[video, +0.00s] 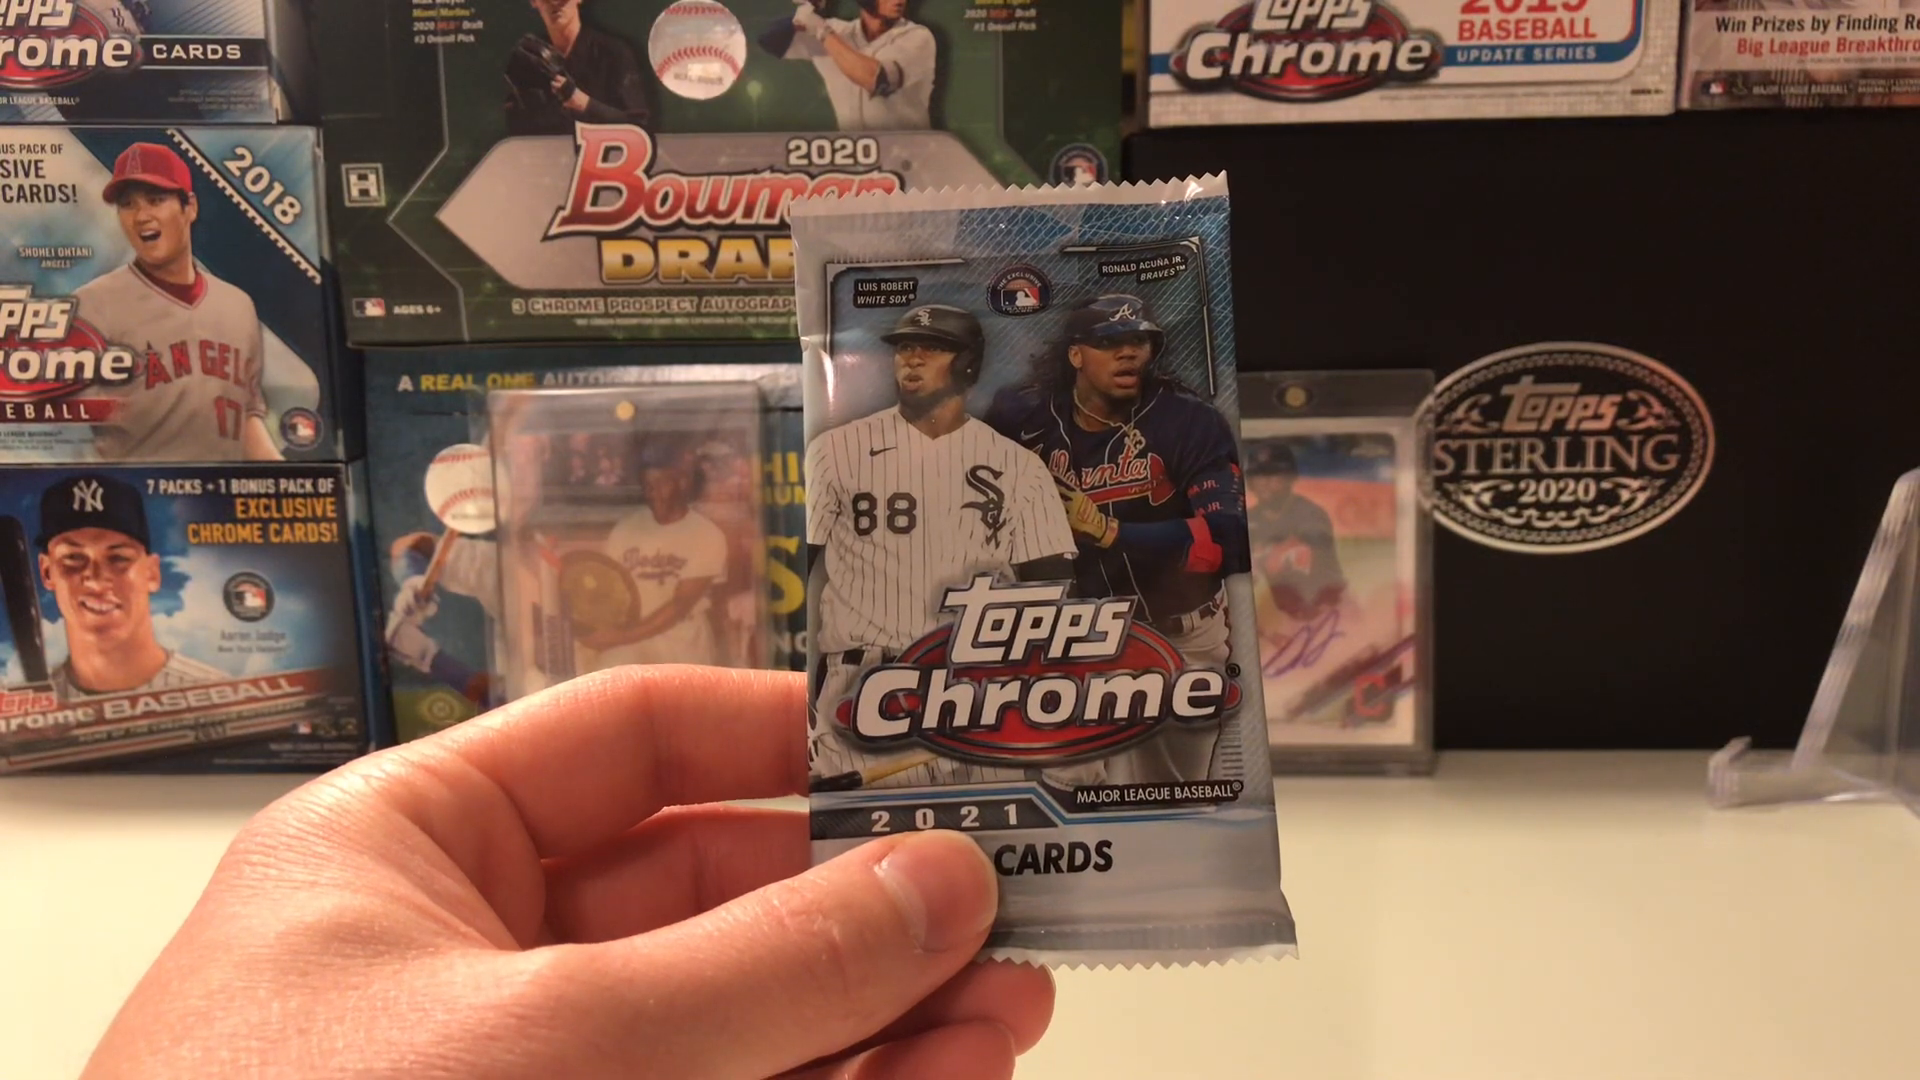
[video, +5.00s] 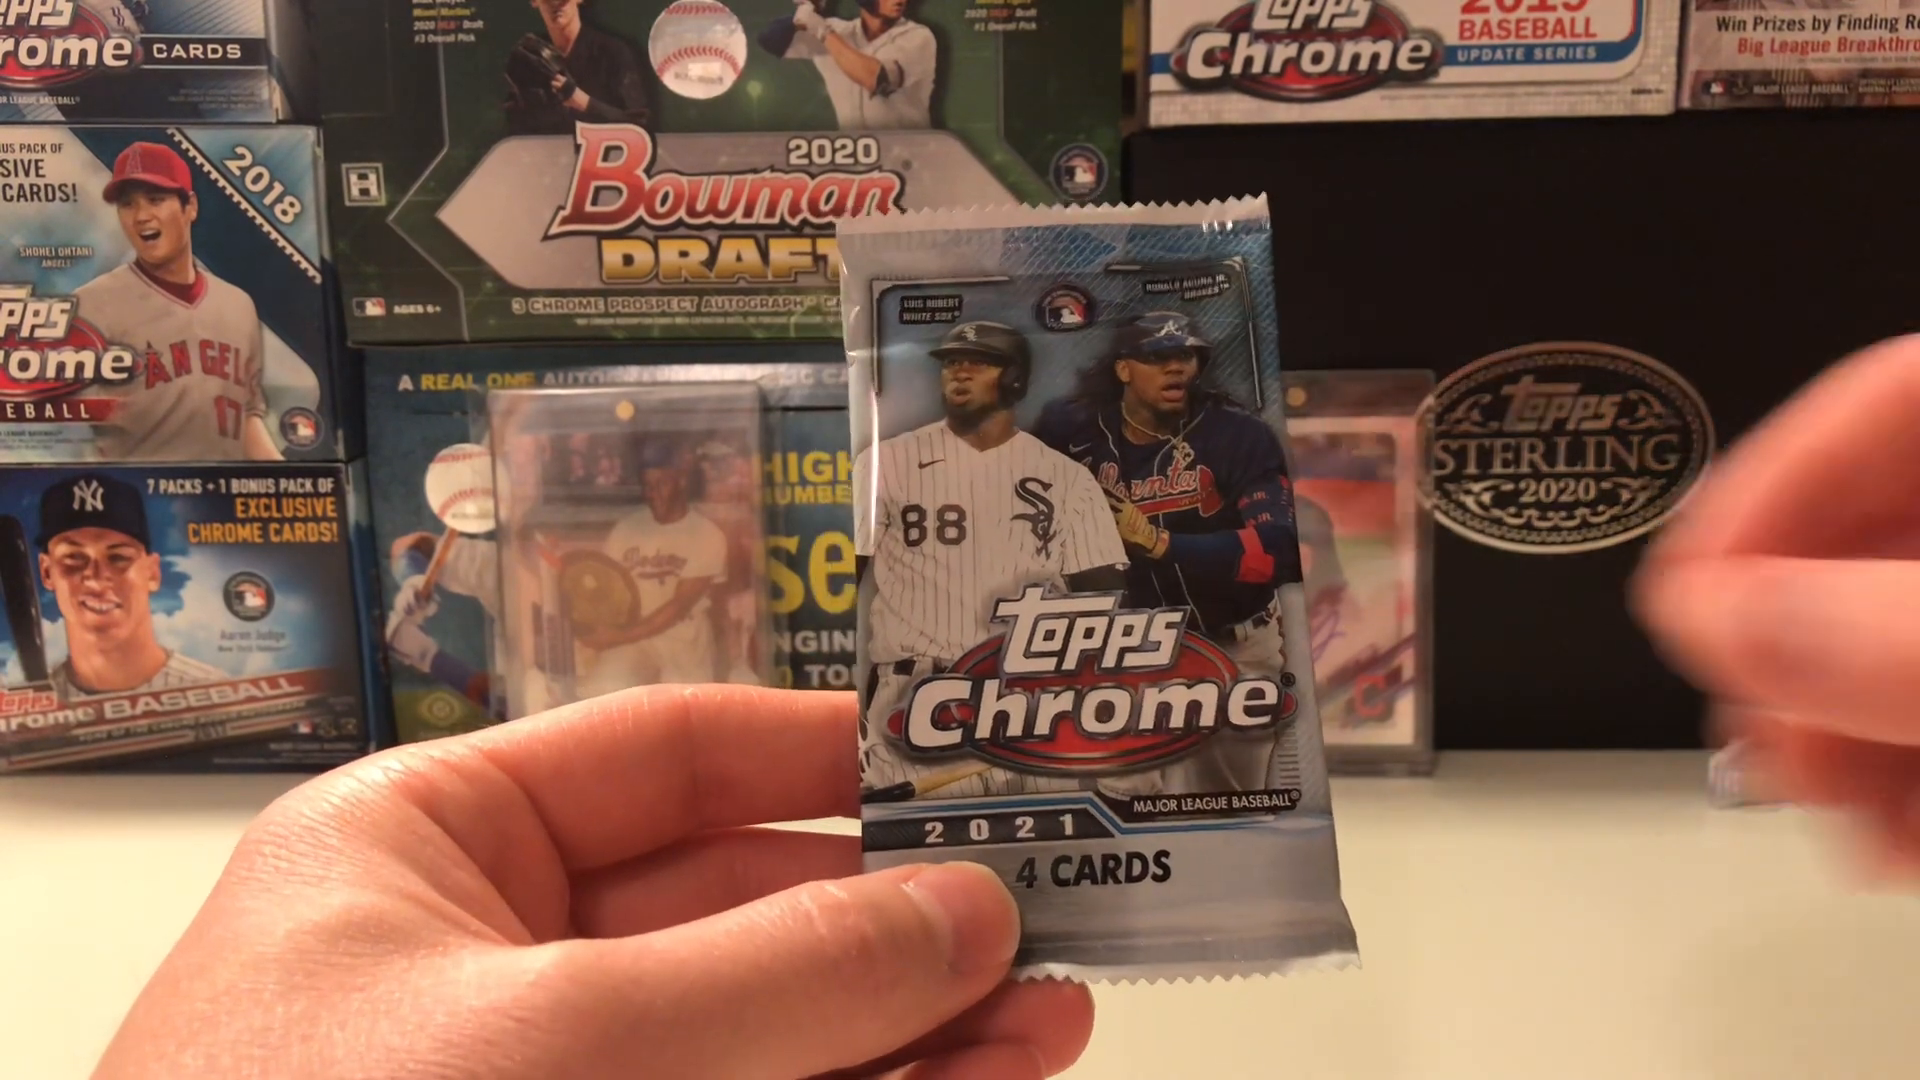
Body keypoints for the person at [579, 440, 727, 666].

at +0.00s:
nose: (653, 493)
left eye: (661, 483)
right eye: (647, 485)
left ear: (683, 483)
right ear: (642, 487)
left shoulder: (707, 536)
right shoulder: (625, 530)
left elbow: (680, 606)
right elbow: (605, 592)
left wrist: (620, 637)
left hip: (683, 661)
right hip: (626, 661)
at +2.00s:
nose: (653, 495)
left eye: (660, 485)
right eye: (648, 486)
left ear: (683, 483)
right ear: (642, 488)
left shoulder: (707, 536)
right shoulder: (625, 530)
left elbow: (679, 607)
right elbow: (604, 589)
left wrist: (617, 637)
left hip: (682, 645)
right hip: (625, 646)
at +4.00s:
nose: (653, 495)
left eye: (661, 485)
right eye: (648, 487)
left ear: (681, 485)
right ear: (643, 489)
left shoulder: (707, 536)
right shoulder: (625, 529)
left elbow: (680, 607)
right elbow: (604, 588)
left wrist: (618, 637)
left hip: (683, 641)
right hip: (626, 642)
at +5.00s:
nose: (652, 495)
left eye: (659, 485)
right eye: (647, 486)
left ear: (681, 483)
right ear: (642, 488)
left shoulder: (707, 535)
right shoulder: (625, 530)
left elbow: (680, 606)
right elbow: (603, 588)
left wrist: (620, 636)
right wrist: (596, 627)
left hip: (684, 637)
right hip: (629, 638)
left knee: (687, 710)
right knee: (602, 696)